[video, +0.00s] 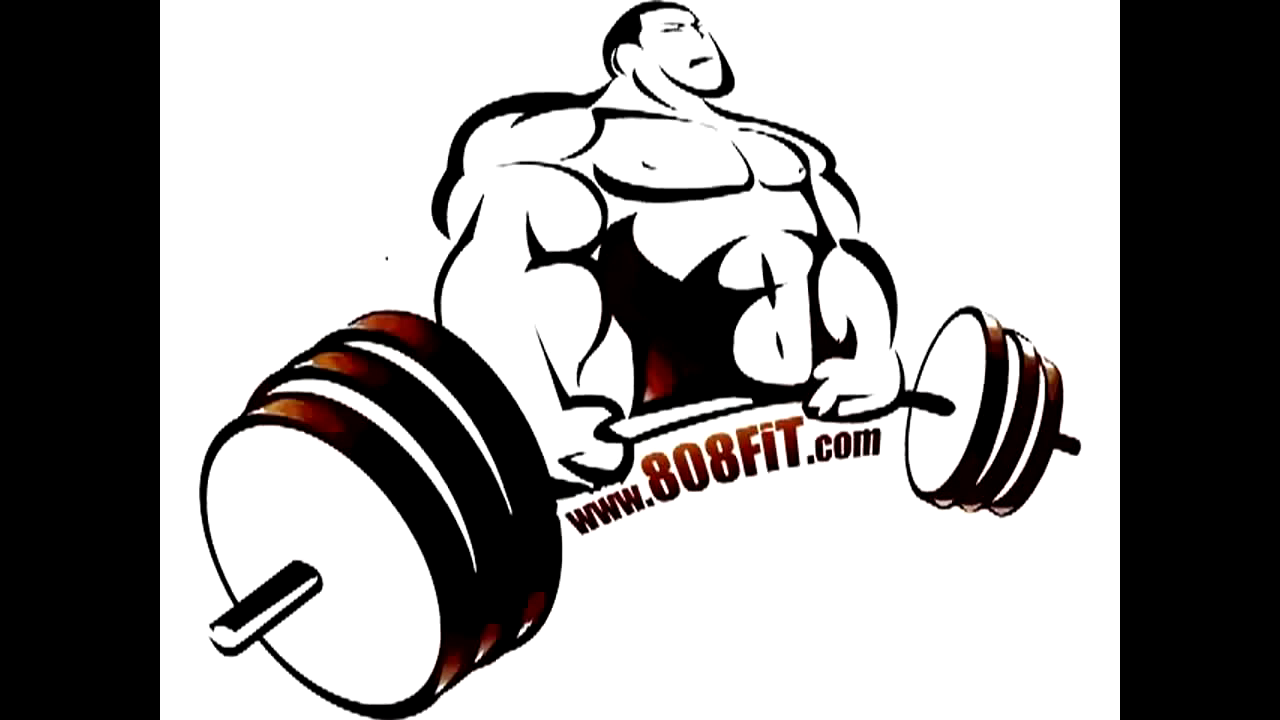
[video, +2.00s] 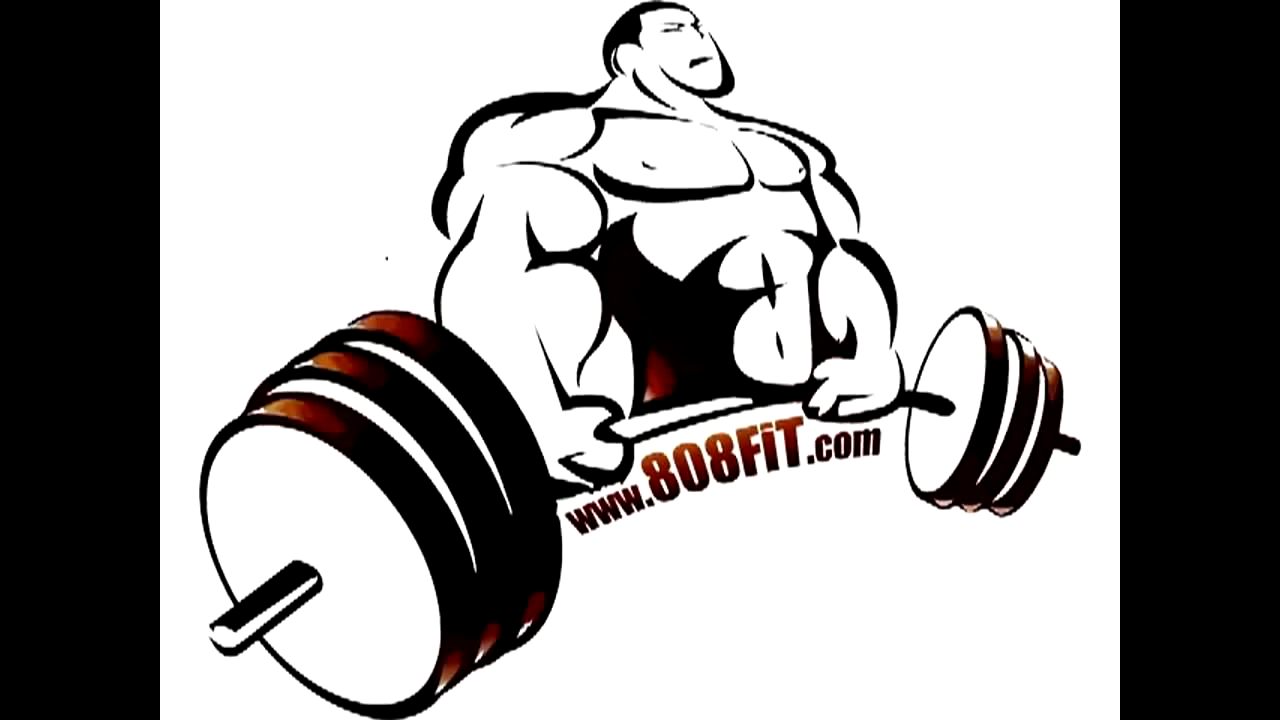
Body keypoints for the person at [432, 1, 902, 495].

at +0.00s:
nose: (702, 40)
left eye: (701, 28)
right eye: (676, 30)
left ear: (713, 45)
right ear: (629, 59)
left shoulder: (775, 145)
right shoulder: (594, 126)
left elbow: (850, 249)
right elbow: (487, 155)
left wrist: (878, 358)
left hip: (747, 330)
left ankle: (870, 369)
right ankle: (577, 429)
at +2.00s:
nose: (702, 40)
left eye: (701, 28)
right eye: (675, 30)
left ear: (713, 45)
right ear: (628, 59)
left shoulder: (776, 145)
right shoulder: (593, 127)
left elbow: (850, 250)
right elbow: (487, 155)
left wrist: (878, 358)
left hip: (747, 331)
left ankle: (870, 369)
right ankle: (577, 429)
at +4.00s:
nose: (702, 40)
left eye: (701, 28)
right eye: (675, 30)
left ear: (713, 45)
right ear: (628, 59)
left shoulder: (775, 145)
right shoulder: (593, 126)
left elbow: (850, 250)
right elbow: (487, 155)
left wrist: (878, 358)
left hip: (747, 330)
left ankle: (870, 369)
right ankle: (577, 429)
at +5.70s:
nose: (701, 43)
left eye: (700, 29)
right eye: (676, 31)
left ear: (717, 41)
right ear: (628, 58)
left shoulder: (779, 148)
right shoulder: (589, 131)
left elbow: (848, 254)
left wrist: (871, 361)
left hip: (750, 328)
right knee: (516, 191)